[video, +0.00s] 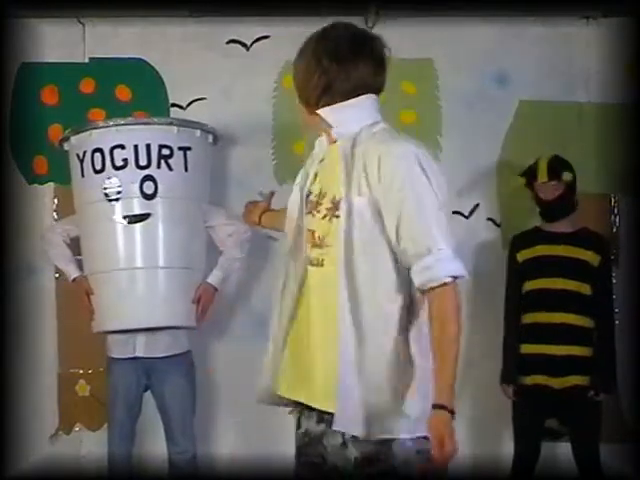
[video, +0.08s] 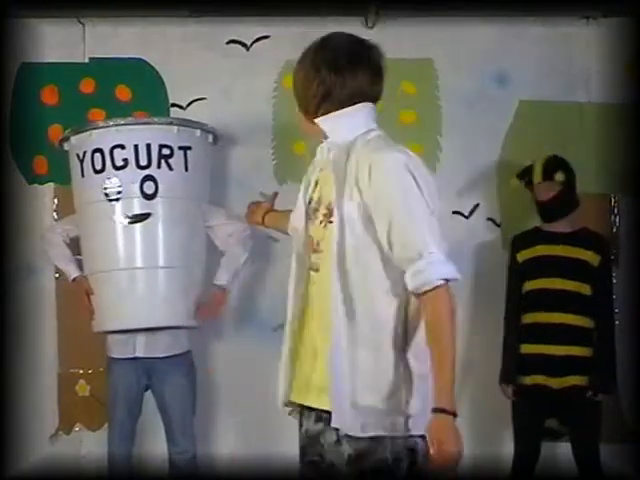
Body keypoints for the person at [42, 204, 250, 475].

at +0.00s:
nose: (143, 193)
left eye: (151, 187)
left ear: (164, 184)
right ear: (123, 188)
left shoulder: (188, 211)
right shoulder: (107, 217)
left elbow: (239, 235)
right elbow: (53, 233)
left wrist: (214, 282)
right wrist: (76, 276)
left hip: (172, 348)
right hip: (121, 350)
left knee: (182, 449)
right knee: (119, 451)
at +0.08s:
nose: (142, 193)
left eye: (151, 187)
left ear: (163, 184)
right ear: (123, 187)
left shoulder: (187, 211)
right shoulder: (106, 216)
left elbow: (239, 235)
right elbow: (53, 233)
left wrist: (220, 288)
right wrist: (76, 277)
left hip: (172, 349)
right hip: (122, 351)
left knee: (182, 449)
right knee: (119, 451)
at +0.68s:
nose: (142, 190)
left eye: (149, 185)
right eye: (134, 185)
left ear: (162, 183)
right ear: (122, 184)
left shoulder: (181, 209)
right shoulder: (107, 212)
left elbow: (238, 222)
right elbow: (55, 233)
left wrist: (260, 194)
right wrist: (76, 276)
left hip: (175, 337)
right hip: (124, 340)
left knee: (182, 430)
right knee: (124, 427)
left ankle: (185, 478)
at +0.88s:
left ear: (168, 188)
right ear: (125, 186)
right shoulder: (109, 215)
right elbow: (53, 230)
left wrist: (222, 188)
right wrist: (76, 274)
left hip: (174, 338)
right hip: (123, 341)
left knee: (183, 436)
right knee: (122, 430)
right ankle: (118, 479)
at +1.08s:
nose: (139, 188)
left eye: (145, 182)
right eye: (131, 182)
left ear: (159, 182)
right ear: (120, 184)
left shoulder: (178, 209)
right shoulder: (105, 215)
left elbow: (232, 213)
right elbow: (54, 232)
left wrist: (246, 175)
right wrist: (76, 276)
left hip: (174, 337)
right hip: (122, 340)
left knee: (183, 432)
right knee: (122, 431)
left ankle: (184, 477)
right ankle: (119, 479)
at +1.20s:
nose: (137, 187)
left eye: (144, 181)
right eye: (129, 182)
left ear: (159, 179)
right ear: (117, 182)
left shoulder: (178, 205)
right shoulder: (105, 213)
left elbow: (226, 215)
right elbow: (56, 231)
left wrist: (246, 178)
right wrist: (74, 275)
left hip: (174, 333)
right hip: (122, 338)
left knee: (182, 429)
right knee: (122, 429)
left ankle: (185, 476)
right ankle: (119, 479)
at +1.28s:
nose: (135, 189)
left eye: (144, 181)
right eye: (128, 181)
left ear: (157, 181)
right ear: (116, 183)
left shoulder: (176, 208)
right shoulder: (104, 212)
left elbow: (229, 216)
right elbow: (53, 229)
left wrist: (236, 173)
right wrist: (75, 274)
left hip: (172, 340)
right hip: (123, 344)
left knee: (183, 441)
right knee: (121, 441)